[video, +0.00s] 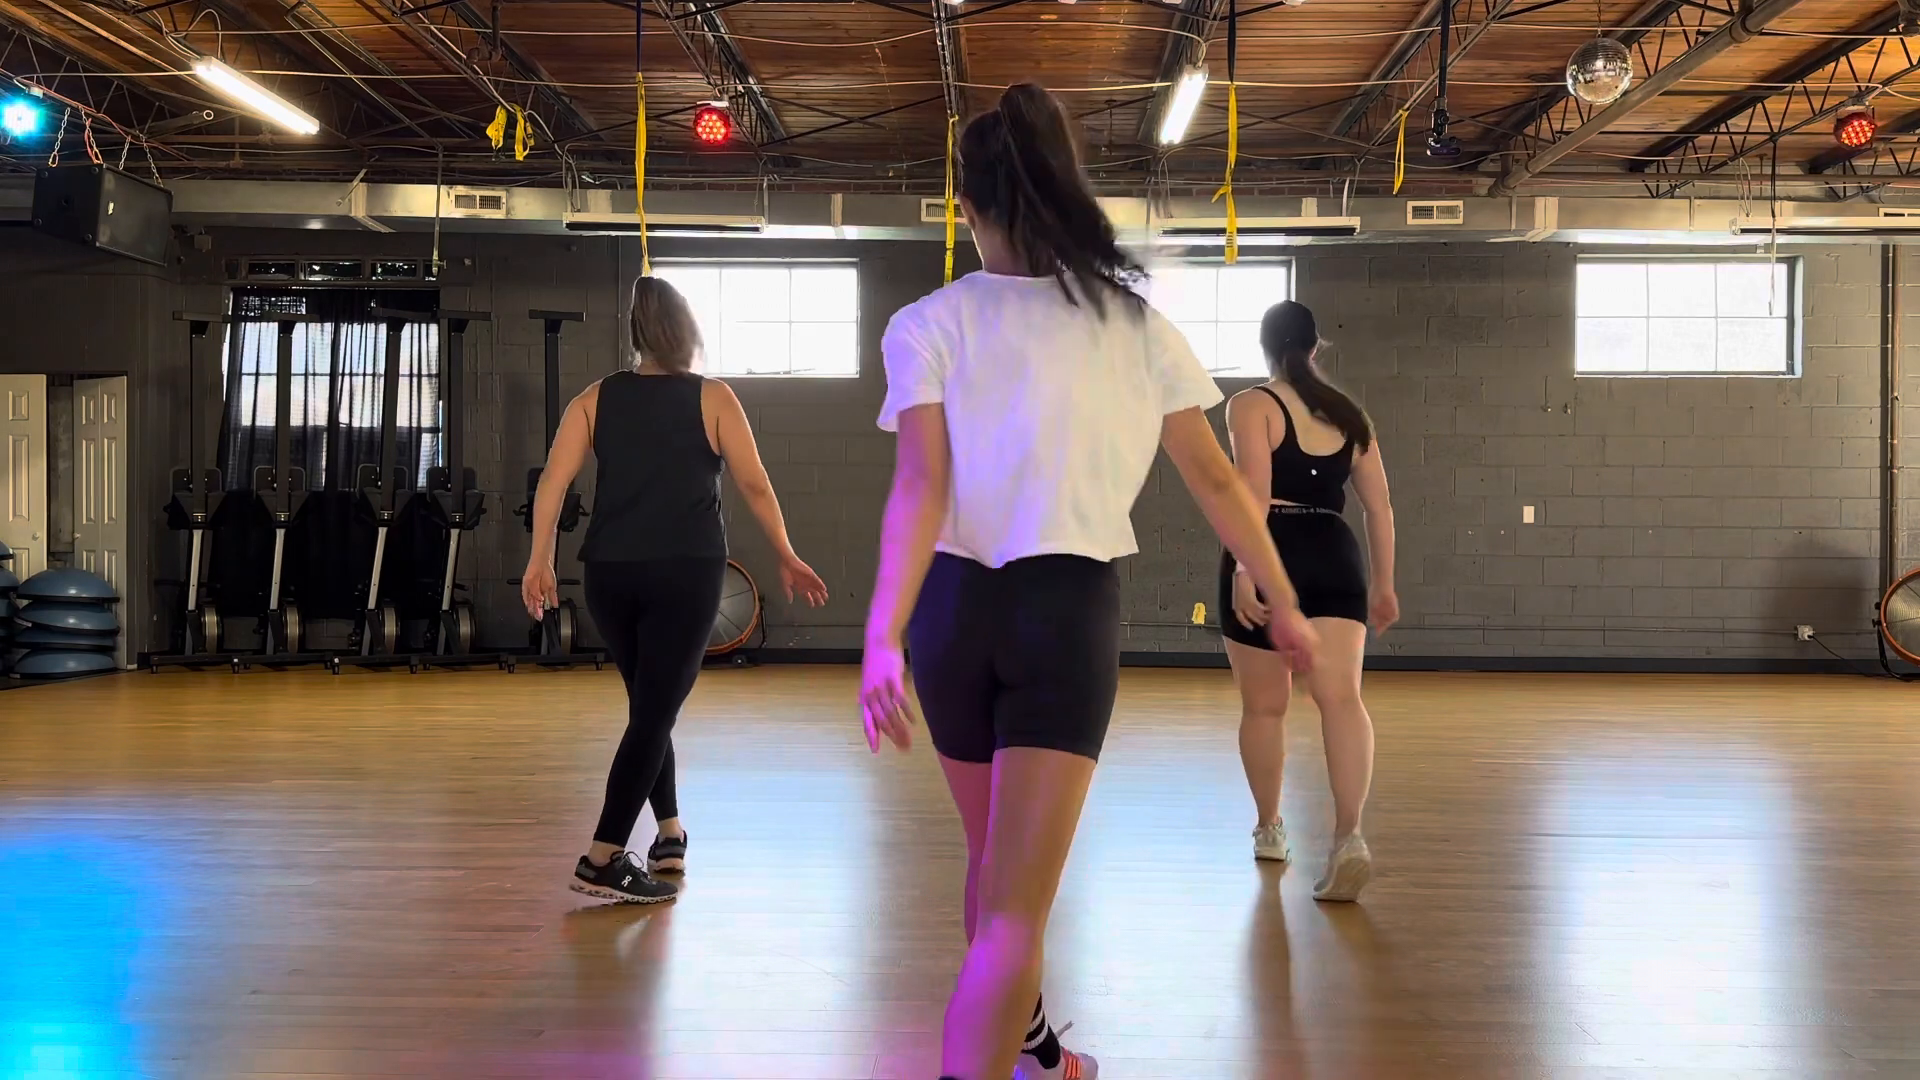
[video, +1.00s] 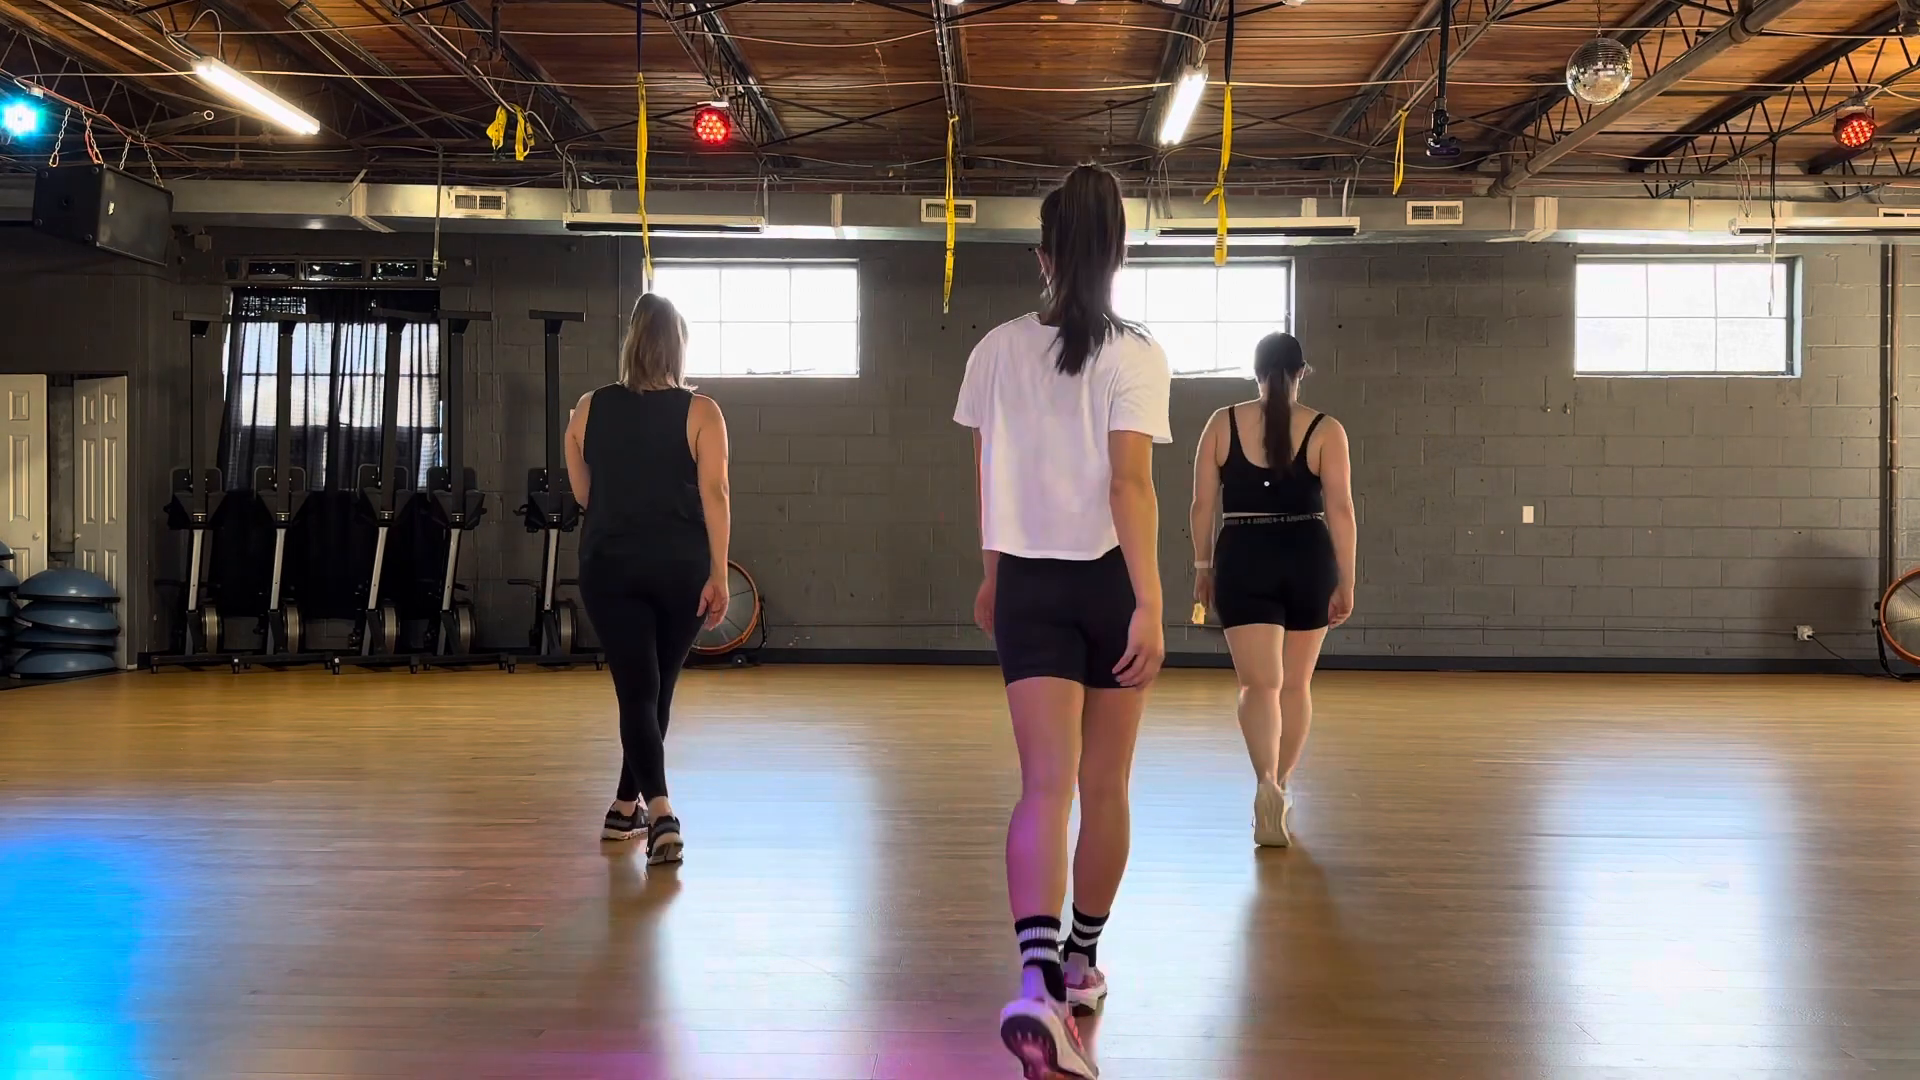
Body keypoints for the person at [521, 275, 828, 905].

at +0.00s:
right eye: (688, 323)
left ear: (633, 334)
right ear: (689, 330)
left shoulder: (594, 399)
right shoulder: (713, 397)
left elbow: (554, 479)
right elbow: (756, 485)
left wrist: (539, 557)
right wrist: (787, 554)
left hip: (607, 572)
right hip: (686, 572)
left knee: (650, 706)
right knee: (652, 716)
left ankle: (671, 832)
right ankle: (601, 856)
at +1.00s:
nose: (678, 347)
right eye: (679, 338)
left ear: (627, 345)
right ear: (678, 345)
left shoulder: (589, 409)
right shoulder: (701, 409)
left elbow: (582, 492)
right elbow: (715, 490)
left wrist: (616, 456)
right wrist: (719, 571)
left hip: (610, 564)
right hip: (682, 564)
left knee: (636, 693)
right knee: (657, 690)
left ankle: (662, 814)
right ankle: (624, 806)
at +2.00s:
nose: (705, 364)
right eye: (707, 355)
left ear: (661, 361)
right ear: (706, 361)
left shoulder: (632, 420)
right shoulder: (726, 419)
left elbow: (618, 494)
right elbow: (733, 493)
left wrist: (608, 556)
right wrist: (743, 568)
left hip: (644, 560)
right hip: (704, 559)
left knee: (681, 669)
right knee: (683, 674)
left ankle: (699, 771)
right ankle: (644, 775)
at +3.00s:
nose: (690, 381)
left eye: (700, 375)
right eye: (694, 373)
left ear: (727, 387)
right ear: (732, 390)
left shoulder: (713, 429)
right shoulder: (758, 429)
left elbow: (735, 476)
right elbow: (806, 457)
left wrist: (688, 502)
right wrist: (772, 493)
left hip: (732, 563)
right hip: (772, 556)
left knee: (699, 662)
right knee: (762, 651)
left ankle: (738, 752)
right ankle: (772, 749)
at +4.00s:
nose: (690, 374)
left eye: (699, 365)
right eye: (681, 368)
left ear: (717, 372)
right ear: (672, 378)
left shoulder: (748, 418)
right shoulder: (657, 429)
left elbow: (763, 481)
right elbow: (634, 488)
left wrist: (757, 537)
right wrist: (655, 536)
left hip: (732, 555)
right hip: (672, 557)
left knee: (741, 657)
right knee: (658, 656)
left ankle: (737, 756)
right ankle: (650, 751)